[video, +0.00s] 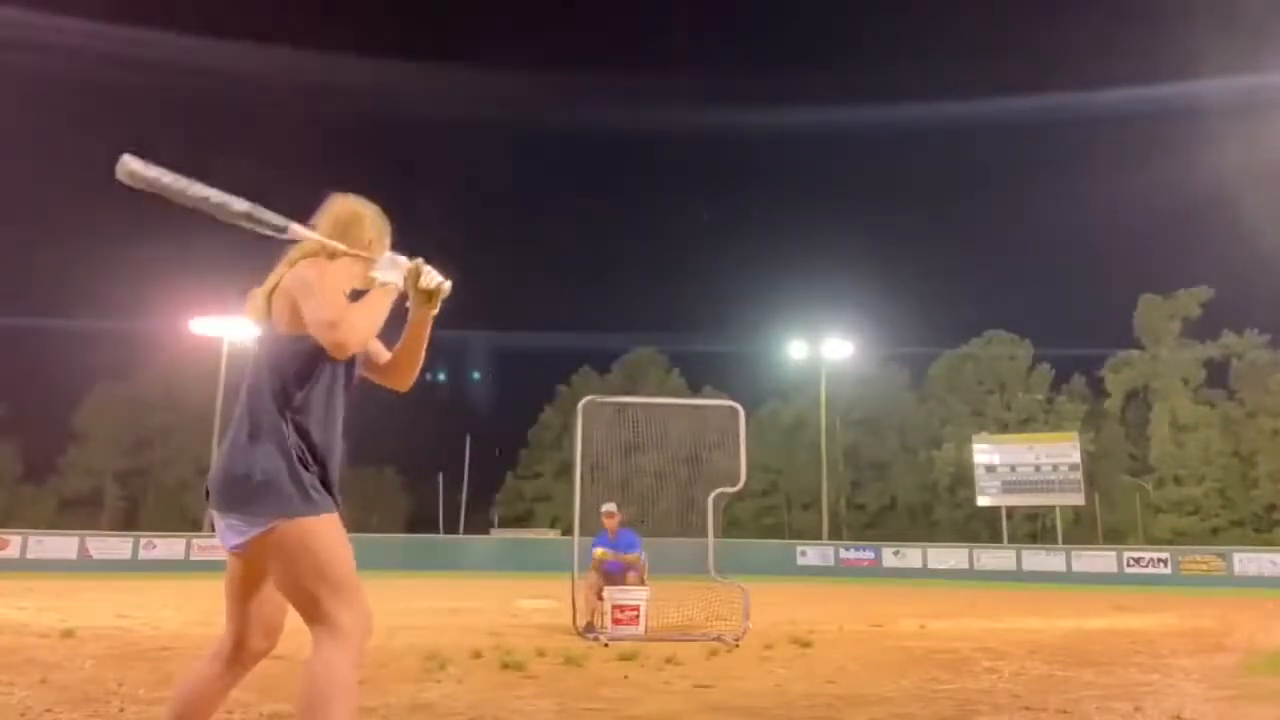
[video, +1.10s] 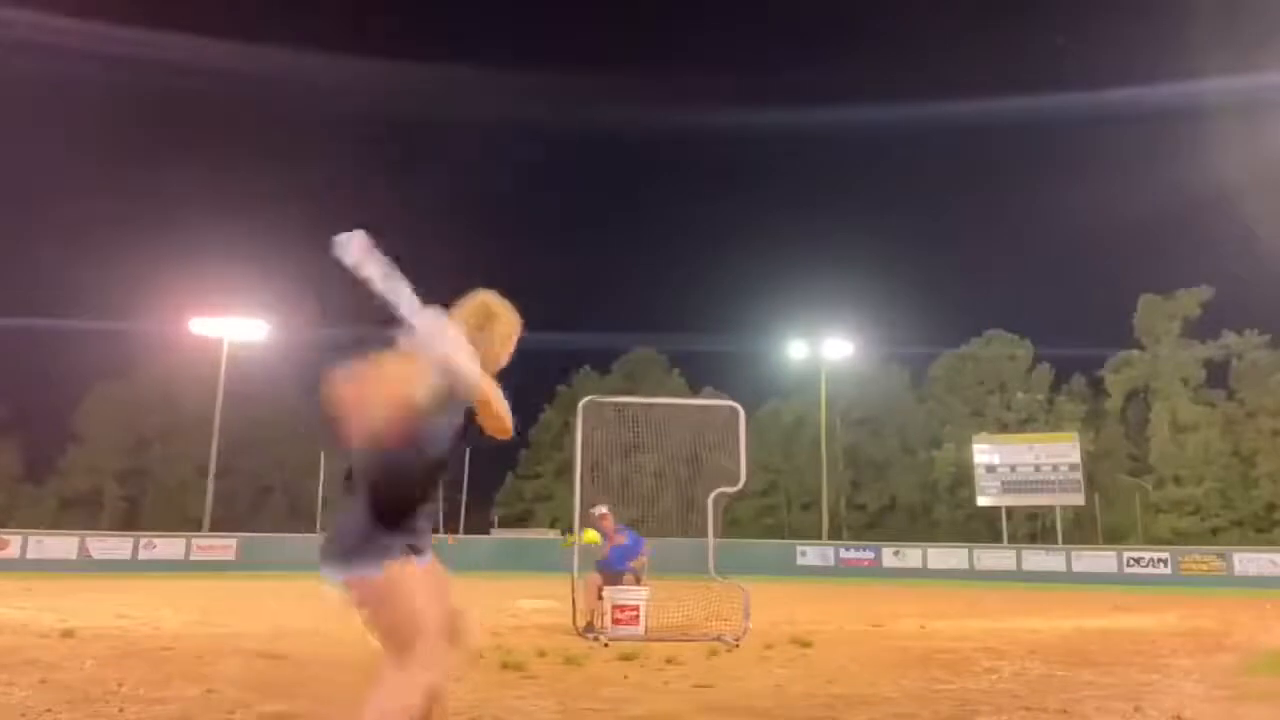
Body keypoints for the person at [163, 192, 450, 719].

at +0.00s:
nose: (378, 263)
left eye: (380, 257)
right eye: (376, 253)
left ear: (322, 236)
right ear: (360, 245)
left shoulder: (325, 297)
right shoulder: (315, 271)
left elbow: (398, 375)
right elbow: (342, 336)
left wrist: (423, 314)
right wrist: (390, 286)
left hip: (248, 475)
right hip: (274, 474)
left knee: (248, 639)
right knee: (345, 625)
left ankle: (176, 713)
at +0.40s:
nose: (426, 281)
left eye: (429, 272)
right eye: (427, 267)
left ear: (390, 240)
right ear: (411, 248)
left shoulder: (377, 309)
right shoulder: (353, 268)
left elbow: (424, 391)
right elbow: (365, 333)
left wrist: (470, 348)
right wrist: (445, 309)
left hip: (307, 477)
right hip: (293, 475)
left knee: (332, 634)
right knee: (369, 630)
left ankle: (242, 712)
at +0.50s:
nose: (442, 286)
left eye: (446, 277)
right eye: (443, 272)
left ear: (406, 255)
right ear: (426, 257)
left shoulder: (396, 315)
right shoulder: (362, 272)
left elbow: (427, 398)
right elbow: (353, 335)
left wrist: (468, 358)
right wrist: (446, 318)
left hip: (335, 484)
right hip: (289, 485)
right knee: (369, 629)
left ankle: (298, 709)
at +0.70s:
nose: (460, 293)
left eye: (464, 284)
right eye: (462, 280)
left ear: (421, 258)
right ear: (443, 268)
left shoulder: (423, 324)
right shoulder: (375, 282)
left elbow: (436, 405)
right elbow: (331, 339)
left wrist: (460, 366)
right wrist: (429, 325)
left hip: (355, 488)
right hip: (304, 493)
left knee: (446, 581)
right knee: (376, 628)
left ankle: (379, 706)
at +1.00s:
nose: (509, 333)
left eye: (510, 322)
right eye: (506, 319)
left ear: (474, 317)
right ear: (481, 312)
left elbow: (484, 403)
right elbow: (308, 317)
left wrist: (453, 334)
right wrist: (396, 302)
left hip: (412, 524)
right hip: (349, 523)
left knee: (457, 627)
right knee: (394, 641)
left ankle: (411, 704)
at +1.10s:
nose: (509, 357)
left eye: (510, 347)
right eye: (507, 345)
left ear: (475, 339)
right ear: (486, 338)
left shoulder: (472, 389)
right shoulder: (411, 368)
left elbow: (503, 429)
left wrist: (463, 367)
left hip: (410, 542)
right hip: (368, 544)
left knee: (453, 634)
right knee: (422, 652)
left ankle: (421, 706)